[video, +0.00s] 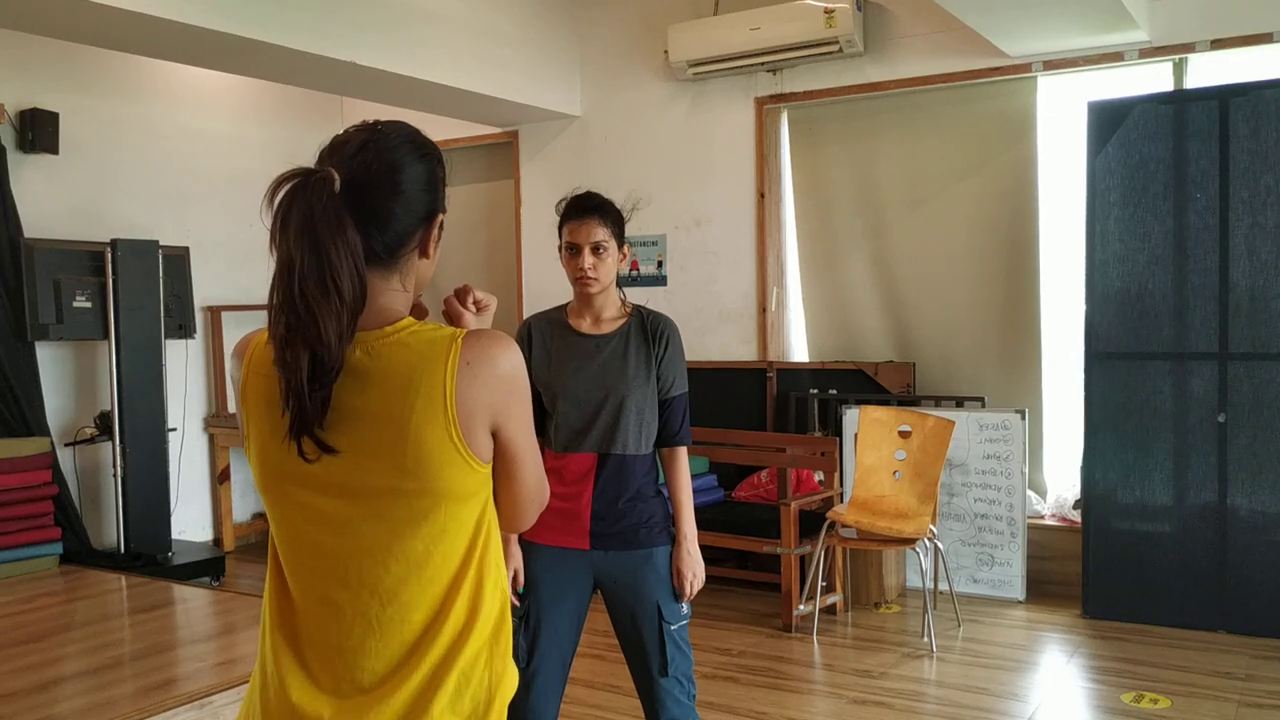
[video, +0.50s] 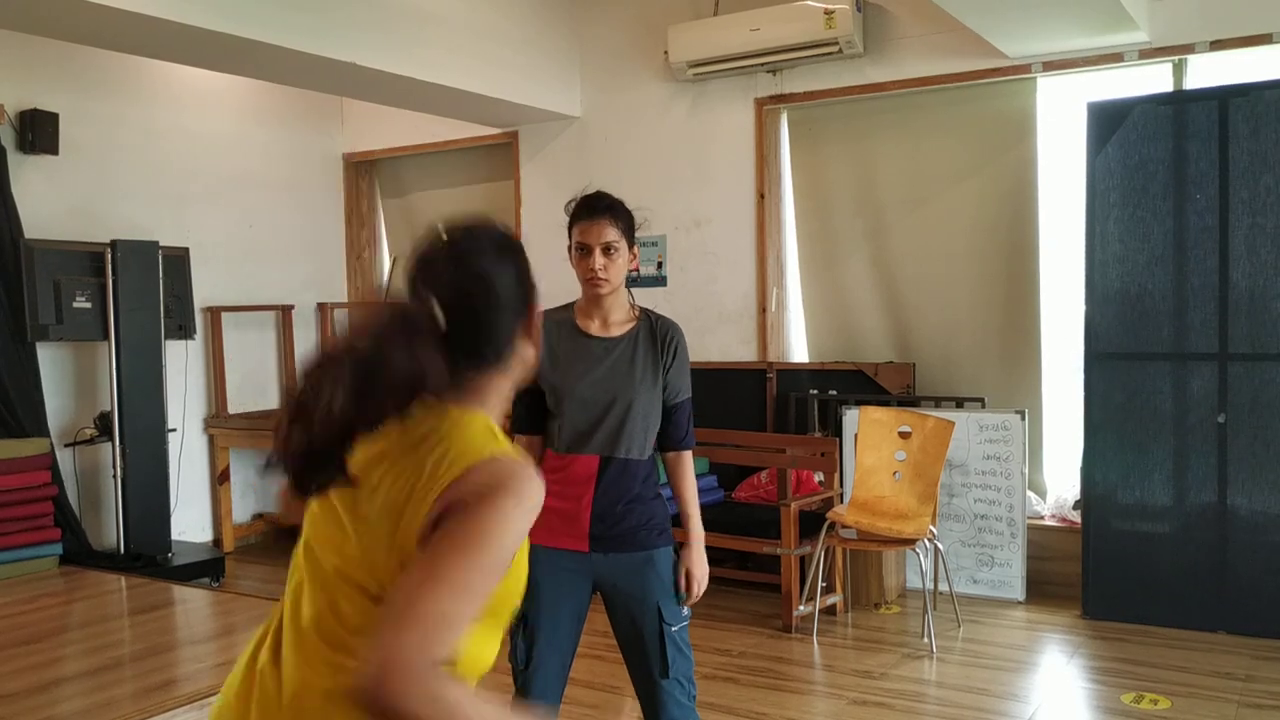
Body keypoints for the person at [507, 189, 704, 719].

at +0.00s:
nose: (584, 263)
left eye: (598, 250)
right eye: (572, 250)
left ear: (622, 256)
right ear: (560, 256)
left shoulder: (657, 334)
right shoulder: (534, 335)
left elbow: (674, 443)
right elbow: (516, 436)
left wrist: (687, 539)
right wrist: (507, 535)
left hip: (643, 543)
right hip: (553, 544)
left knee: (670, 698)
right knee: (533, 698)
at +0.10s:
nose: (585, 263)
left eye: (598, 250)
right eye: (573, 251)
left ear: (623, 256)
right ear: (560, 256)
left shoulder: (658, 335)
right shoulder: (534, 336)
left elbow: (674, 444)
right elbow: (516, 437)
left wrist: (687, 540)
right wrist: (507, 536)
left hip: (643, 543)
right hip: (552, 545)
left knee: (670, 698)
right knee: (533, 699)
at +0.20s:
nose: (586, 264)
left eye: (599, 250)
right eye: (574, 251)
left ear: (624, 257)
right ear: (561, 256)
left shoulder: (658, 335)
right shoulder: (535, 336)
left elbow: (674, 445)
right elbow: (515, 437)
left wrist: (687, 541)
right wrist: (508, 537)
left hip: (643, 543)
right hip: (552, 544)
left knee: (670, 698)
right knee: (533, 698)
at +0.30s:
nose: (588, 263)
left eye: (601, 250)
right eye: (575, 250)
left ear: (626, 257)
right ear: (563, 256)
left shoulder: (660, 337)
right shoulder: (535, 336)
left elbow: (675, 446)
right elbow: (514, 436)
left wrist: (688, 541)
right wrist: (507, 535)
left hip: (643, 545)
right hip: (554, 545)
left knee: (670, 698)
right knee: (535, 698)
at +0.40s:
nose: (591, 263)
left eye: (604, 250)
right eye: (578, 250)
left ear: (628, 258)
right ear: (565, 257)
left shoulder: (662, 337)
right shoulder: (539, 334)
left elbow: (676, 445)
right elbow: (519, 435)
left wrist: (688, 541)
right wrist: (515, 540)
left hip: (644, 545)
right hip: (556, 545)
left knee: (670, 699)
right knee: (535, 699)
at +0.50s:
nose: (595, 264)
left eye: (608, 250)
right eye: (583, 251)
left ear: (632, 258)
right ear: (570, 257)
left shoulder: (664, 339)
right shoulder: (539, 333)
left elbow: (678, 446)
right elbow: (527, 440)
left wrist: (694, 540)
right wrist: (513, 541)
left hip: (642, 545)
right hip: (553, 544)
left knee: (670, 699)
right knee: (535, 697)